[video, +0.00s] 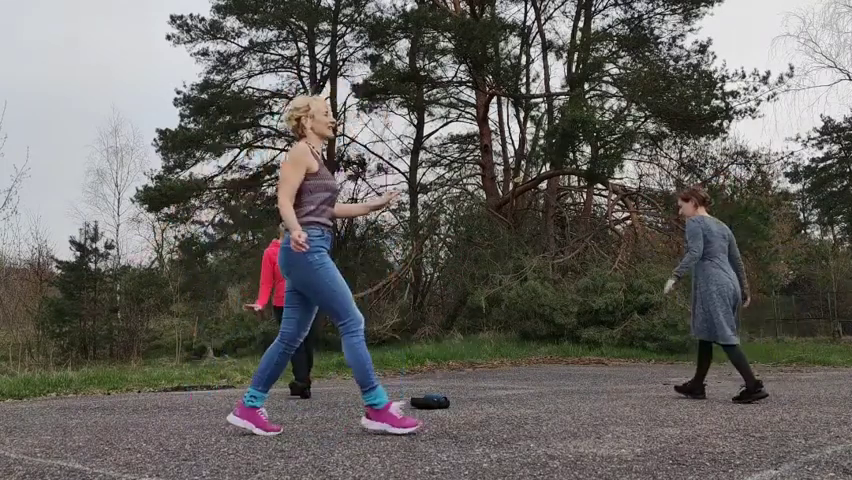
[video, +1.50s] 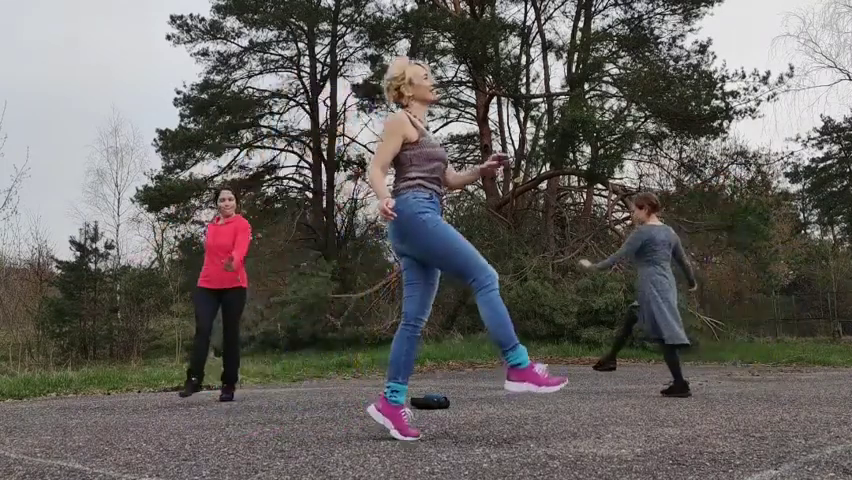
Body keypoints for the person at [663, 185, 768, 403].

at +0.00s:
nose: (680, 211)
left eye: (681, 206)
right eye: (679, 207)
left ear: (694, 202)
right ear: (699, 204)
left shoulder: (695, 223)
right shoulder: (723, 226)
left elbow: (695, 252)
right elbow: (736, 260)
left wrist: (675, 276)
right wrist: (744, 288)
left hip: (712, 285)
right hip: (731, 284)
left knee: (724, 336)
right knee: (706, 335)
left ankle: (753, 385)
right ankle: (697, 383)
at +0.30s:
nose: (690, 208)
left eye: (692, 202)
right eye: (689, 203)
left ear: (703, 198)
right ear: (707, 199)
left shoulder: (700, 219)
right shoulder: (736, 221)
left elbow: (687, 252)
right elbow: (753, 252)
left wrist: (657, 253)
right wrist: (772, 279)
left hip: (718, 281)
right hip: (740, 280)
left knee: (724, 333)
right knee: (729, 333)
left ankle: (751, 384)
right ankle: (743, 383)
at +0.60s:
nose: (690, 209)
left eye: (692, 204)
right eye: (689, 205)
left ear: (704, 201)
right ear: (708, 201)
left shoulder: (699, 223)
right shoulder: (733, 224)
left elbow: (698, 258)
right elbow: (743, 261)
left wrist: (696, 284)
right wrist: (747, 287)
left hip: (712, 282)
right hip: (737, 281)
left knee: (690, 328)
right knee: (735, 332)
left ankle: (717, 365)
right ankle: (753, 384)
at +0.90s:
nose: (673, 211)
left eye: (675, 207)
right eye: (673, 207)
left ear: (687, 206)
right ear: (691, 207)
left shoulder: (683, 228)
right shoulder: (710, 231)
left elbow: (690, 255)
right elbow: (713, 265)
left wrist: (695, 281)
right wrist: (709, 283)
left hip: (688, 288)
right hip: (709, 286)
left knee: (679, 335)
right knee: (717, 334)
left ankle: (680, 383)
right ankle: (747, 379)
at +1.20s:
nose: (652, 209)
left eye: (654, 205)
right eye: (652, 204)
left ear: (665, 205)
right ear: (669, 206)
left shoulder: (663, 227)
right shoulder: (688, 230)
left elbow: (664, 258)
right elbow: (693, 262)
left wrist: (662, 285)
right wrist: (688, 282)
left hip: (670, 284)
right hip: (686, 284)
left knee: (667, 332)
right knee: (678, 332)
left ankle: (680, 381)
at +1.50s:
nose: (632, 215)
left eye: (634, 211)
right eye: (632, 211)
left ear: (646, 209)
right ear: (650, 210)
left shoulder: (642, 232)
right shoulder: (669, 232)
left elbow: (619, 256)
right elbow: (683, 260)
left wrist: (594, 266)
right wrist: (692, 281)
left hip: (651, 288)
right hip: (667, 287)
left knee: (663, 334)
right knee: (631, 315)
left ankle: (679, 383)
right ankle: (610, 358)